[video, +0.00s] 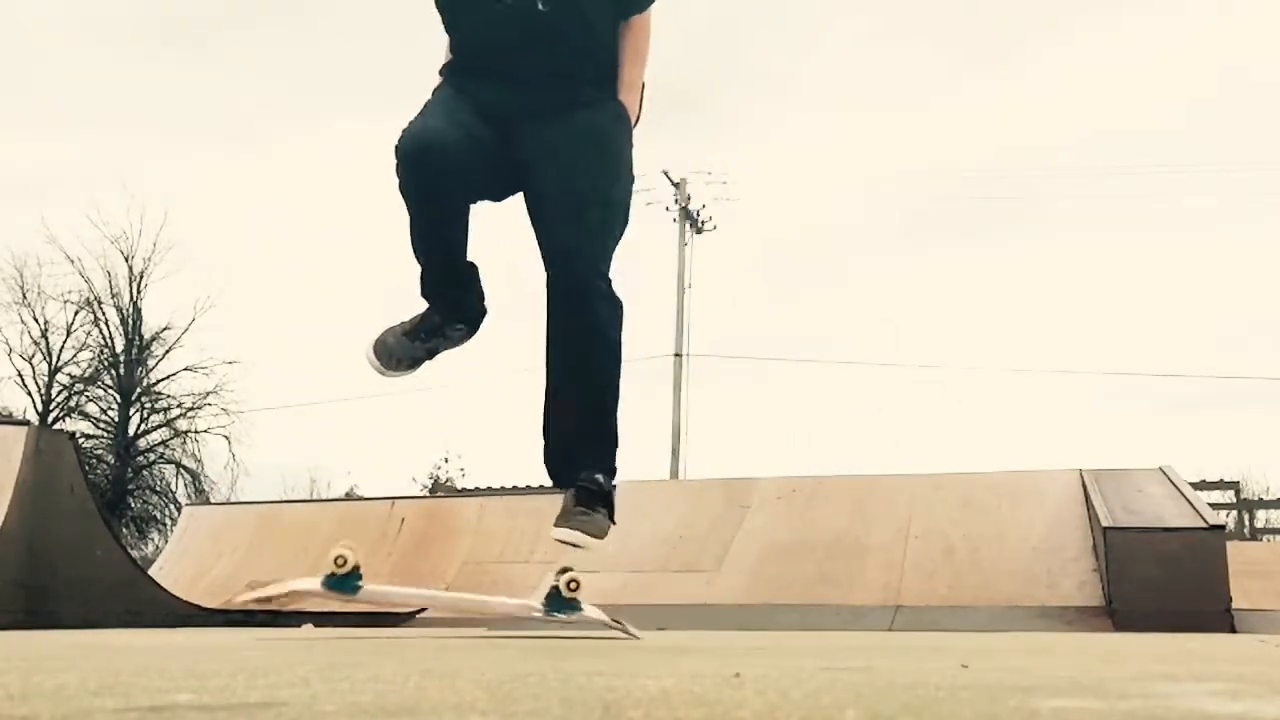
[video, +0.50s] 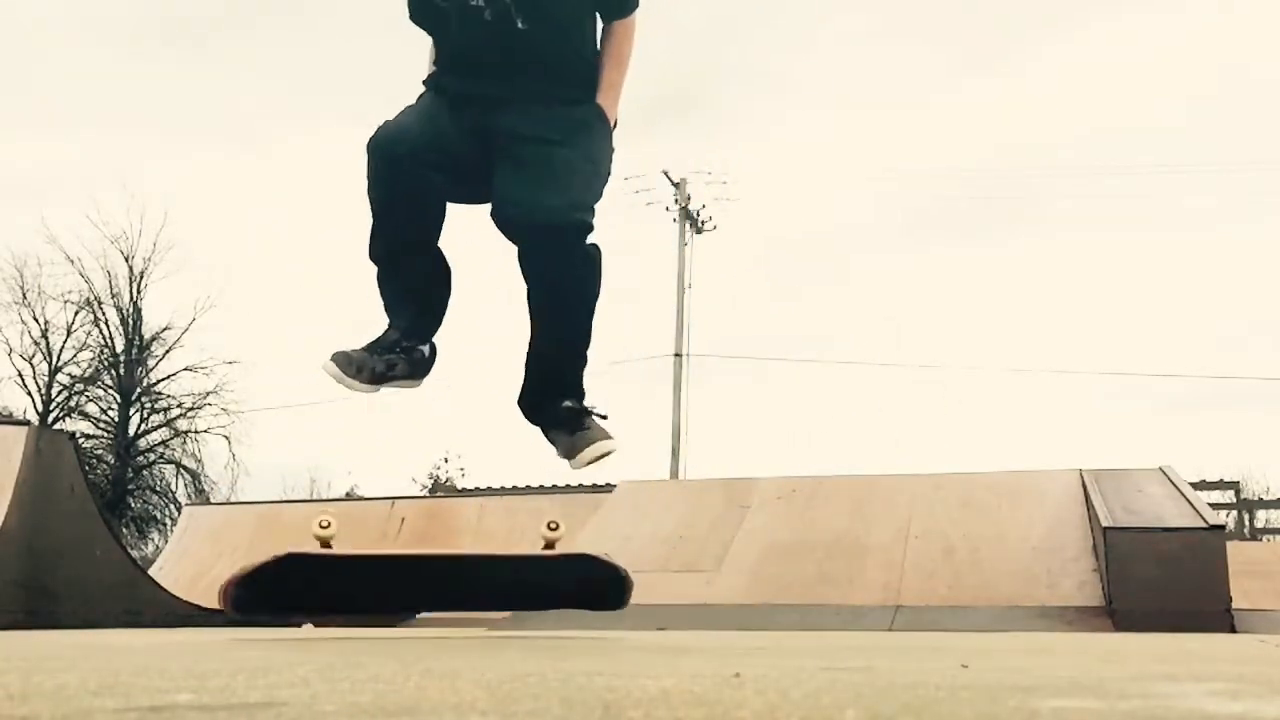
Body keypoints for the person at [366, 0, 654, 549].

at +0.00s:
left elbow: (635, 13)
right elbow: (462, 31)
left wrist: (622, 113)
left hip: (580, 97)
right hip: (479, 88)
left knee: (581, 283)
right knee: (425, 154)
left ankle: (588, 480)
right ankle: (453, 308)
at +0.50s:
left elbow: (621, 15)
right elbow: (442, 31)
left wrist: (603, 111)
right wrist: (436, 93)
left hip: (558, 109)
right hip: (459, 105)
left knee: (554, 225)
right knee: (395, 152)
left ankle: (558, 402)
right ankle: (407, 339)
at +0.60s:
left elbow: (617, 16)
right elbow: (440, 35)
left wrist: (600, 111)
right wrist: (433, 102)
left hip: (554, 111)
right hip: (457, 107)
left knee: (547, 222)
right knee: (390, 162)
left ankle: (552, 396)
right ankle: (394, 353)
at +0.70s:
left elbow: (615, 15)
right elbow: (435, 38)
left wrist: (597, 109)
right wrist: (432, 100)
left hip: (550, 112)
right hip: (452, 107)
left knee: (541, 220)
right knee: (384, 183)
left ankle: (549, 395)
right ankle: (377, 373)